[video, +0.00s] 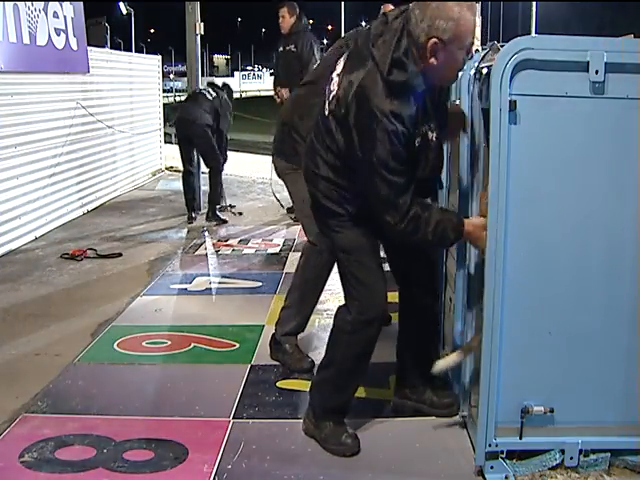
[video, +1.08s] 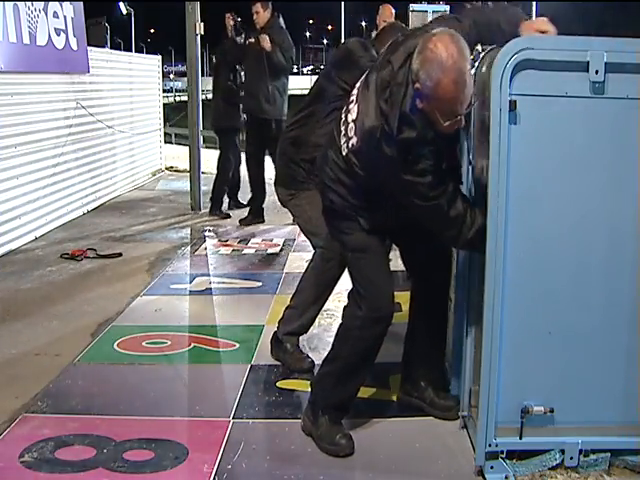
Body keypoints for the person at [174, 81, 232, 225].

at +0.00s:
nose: (230, 101)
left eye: (230, 99)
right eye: (230, 98)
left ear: (219, 89)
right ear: (227, 94)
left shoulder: (200, 92)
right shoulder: (224, 101)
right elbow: (222, 129)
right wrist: (222, 154)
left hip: (182, 124)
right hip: (200, 126)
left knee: (188, 169)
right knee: (215, 165)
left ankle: (191, 211)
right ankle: (213, 211)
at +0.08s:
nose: (231, 93)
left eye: (231, 91)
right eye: (230, 90)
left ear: (213, 78)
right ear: (227, 84)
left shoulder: (201, 84)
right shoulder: (224, 90)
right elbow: (223, 117)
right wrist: (223, 143)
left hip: (182, 124)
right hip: (199, 125)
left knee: (189, 169)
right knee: (217, 161)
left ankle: (191, 211)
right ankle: (213, 205)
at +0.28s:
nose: (235, 68)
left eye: (235, 65)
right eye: (235, 65)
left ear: (219, 60)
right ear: (230, 62)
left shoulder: (204, 72)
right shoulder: (225, 73)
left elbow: (197, 98)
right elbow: (225, 99)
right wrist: (227, 114)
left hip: (189, 123)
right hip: (205, 125)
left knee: (194, 169)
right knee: (217, 167)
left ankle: (192, 209)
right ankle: (215, 209)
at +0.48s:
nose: (238, 55)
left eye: (238, 51)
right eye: (237, 51)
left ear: (223, 50)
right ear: (231, 50)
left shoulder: (210, 66)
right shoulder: (227, 66)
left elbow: (206, 92)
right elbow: (227, 91)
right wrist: (236, 94)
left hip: (199, 122)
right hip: (212, 123)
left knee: (207, 162)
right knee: (219, 165)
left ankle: (196, 201)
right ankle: (216, 207)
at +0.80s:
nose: (241, 44)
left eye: (240, 39)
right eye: (238, 40)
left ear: (230, 41)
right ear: (231, 41)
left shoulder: (226, 58)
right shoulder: (226, 59)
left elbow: (225, 86)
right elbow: (226, 87)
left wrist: (240, 86)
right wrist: (242, 87)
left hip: (220, 119)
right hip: (217, 120)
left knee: (224, 160)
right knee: (222, 162)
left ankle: (227, 195)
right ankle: (216, 207)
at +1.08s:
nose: (243, 45)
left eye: (241, 41)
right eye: (240, 42)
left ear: (231, 42)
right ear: (233, 44)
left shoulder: (234, 61)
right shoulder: (225, 62)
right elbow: (225, 88)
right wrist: (243, 98)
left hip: (232, 116)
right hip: (226, 117)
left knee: (234, 158)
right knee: (228, 159)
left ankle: (233, 197)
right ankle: (216, 205)